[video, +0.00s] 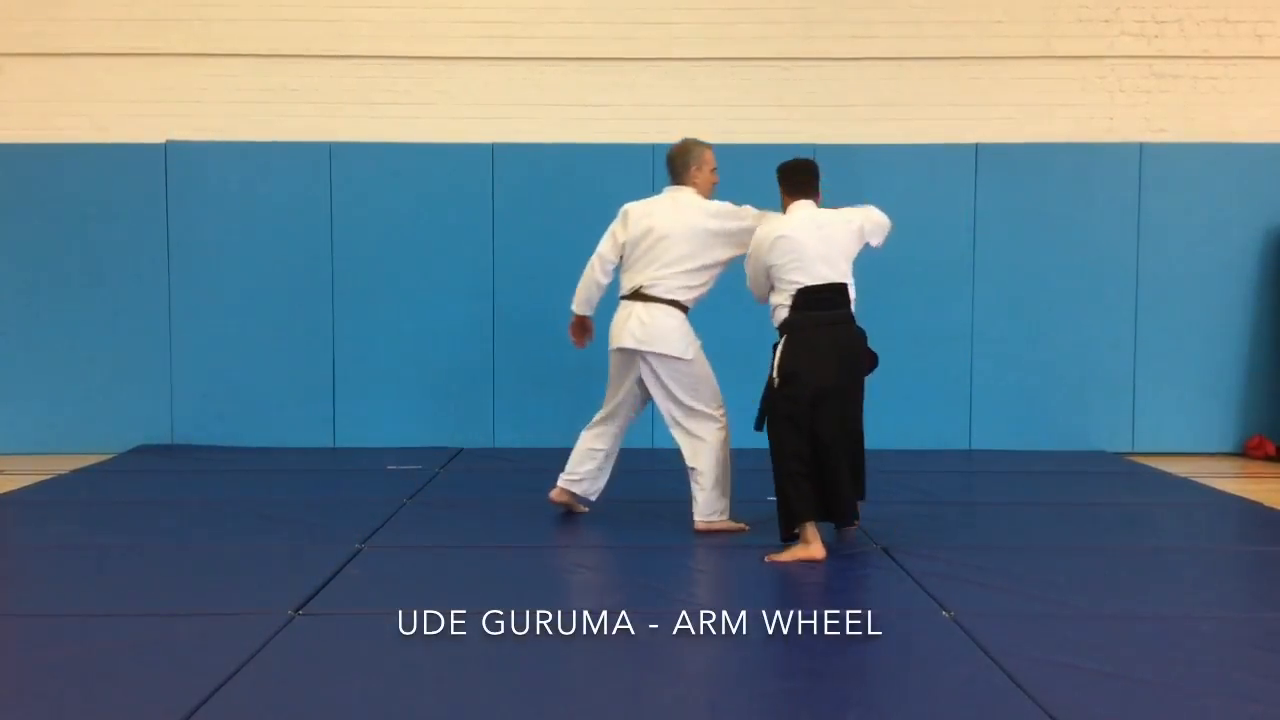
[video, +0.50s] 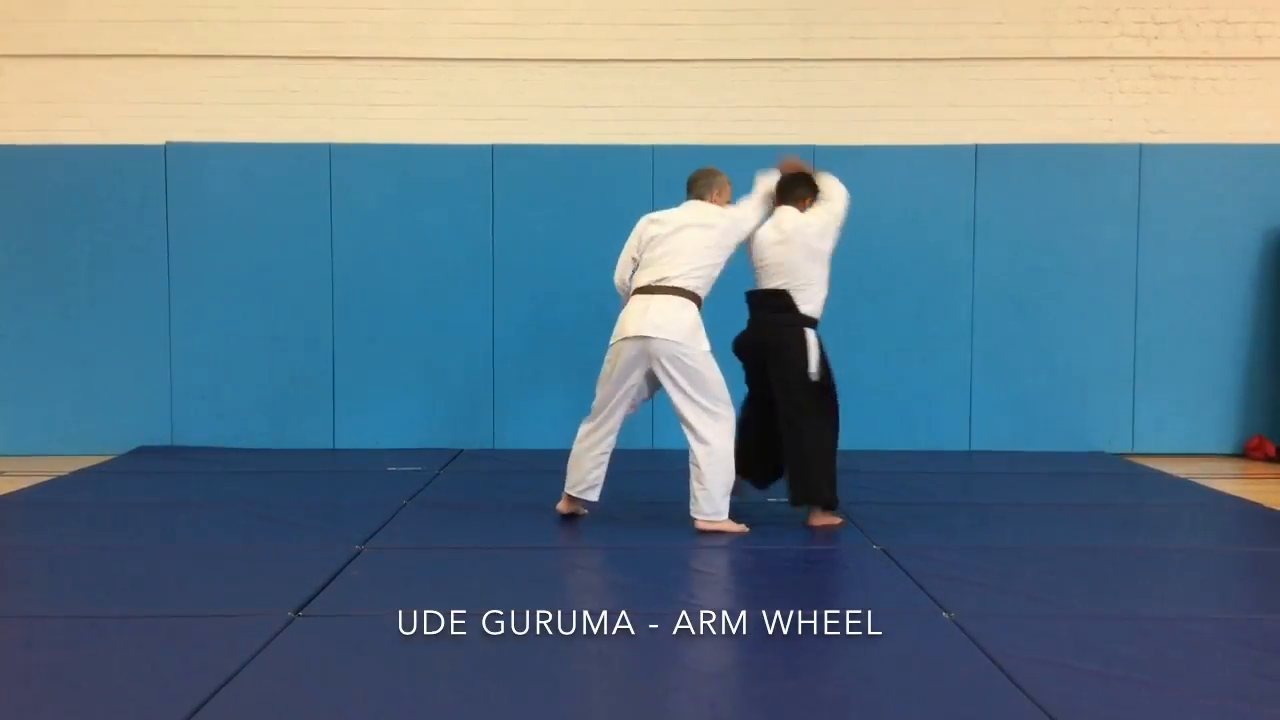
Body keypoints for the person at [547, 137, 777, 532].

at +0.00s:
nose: (716, 177)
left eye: (715, 170)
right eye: (711, 171)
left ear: (676, 174)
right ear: (694, 173)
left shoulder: (634, 210)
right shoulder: (716, 214)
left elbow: (601, 262)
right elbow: (777, 224)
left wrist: (581, 311)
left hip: (624, 325)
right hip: (668, 327)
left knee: (614, 411)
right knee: (707, 420)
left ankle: (570, 487)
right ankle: (710, 515)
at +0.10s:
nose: (730, 186)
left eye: (729, 179)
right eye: (726, 179)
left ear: (691, 181)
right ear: (710, 181)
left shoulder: (647, 211)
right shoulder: (731, 225)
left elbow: (607, 256)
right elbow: (781, 252)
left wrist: (586, 304)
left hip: (626, 321)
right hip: (669, 325)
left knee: (607, 410)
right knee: (708, 419)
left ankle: (566, 490)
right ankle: (708, 515)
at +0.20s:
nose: (739, 200)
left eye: (739, 193)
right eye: (737, 193)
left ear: (699, 192)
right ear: (725, 194)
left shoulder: (658, 215)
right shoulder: (740, 240)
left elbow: (609, 260)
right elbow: (776, 289)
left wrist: (595, 303)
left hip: (626, 317)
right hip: (668, 325)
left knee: (603, 411)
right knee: (708, 417)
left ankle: (566, 493)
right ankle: (707, 514)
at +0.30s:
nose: (743, 211)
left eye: (743, 205)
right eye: (741, 205)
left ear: (703, 203)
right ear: (727, 205)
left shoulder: (662, 220)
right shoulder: (745, 246)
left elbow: (615, 266)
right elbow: (778, 299)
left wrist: (611, 308)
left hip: (625, 319)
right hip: (668, 325)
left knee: (601, 411)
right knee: (711, 416)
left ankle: (570, 494)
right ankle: (708, 516)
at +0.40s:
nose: (736, 212)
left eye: (735, 207)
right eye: (735, 207)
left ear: (699, 204)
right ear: (725, 206)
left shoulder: (658, 222)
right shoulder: (738, 238)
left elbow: (620, 272)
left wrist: (626, 317)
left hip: (627, 322)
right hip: (674, 324)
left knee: (601, 412)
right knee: (712, 417)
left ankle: (572, 496)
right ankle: (709, 515)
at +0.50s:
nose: (729, 202)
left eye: (728, 196)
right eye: (728, 197)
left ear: (690, 194)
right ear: (718, 195)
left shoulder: (651, 220)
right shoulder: (727, 221)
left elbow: (622, 277)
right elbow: (762, 197)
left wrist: (644, 309)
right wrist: (775, 173)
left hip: (632, 318)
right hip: (678, 321)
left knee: (604, 413)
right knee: (714, 416)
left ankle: (572, 497)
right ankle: (710, 514)